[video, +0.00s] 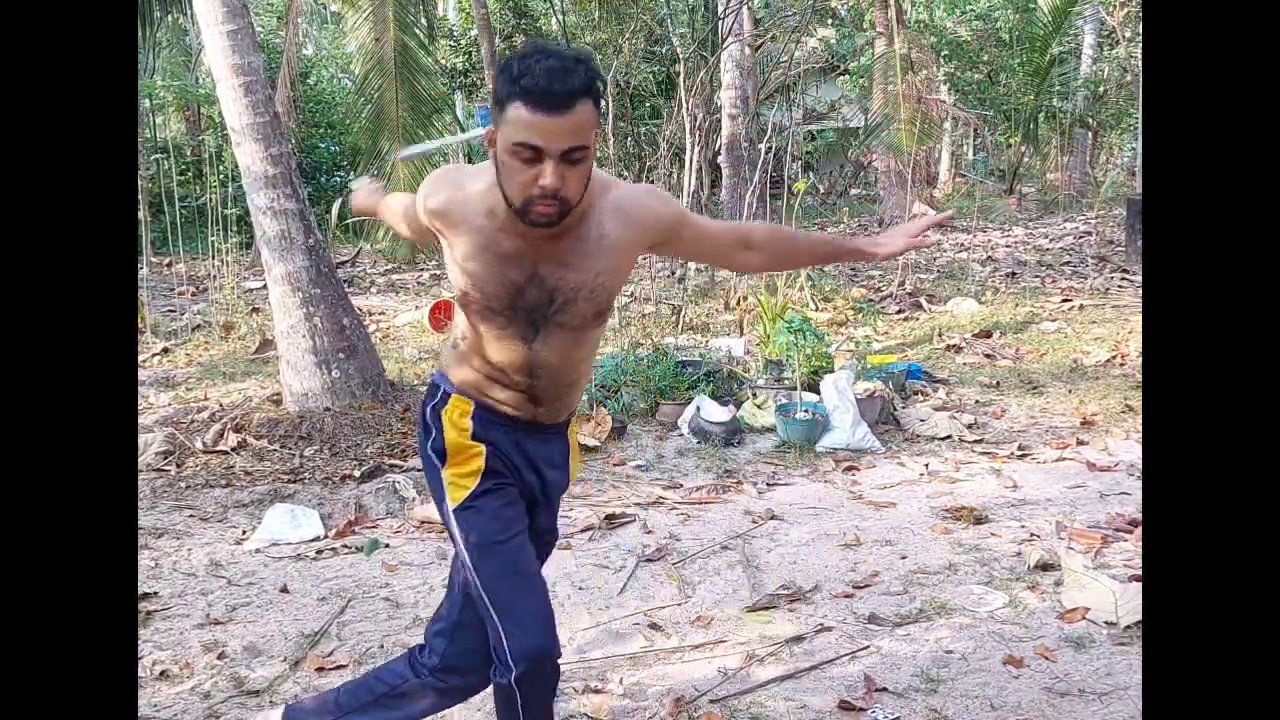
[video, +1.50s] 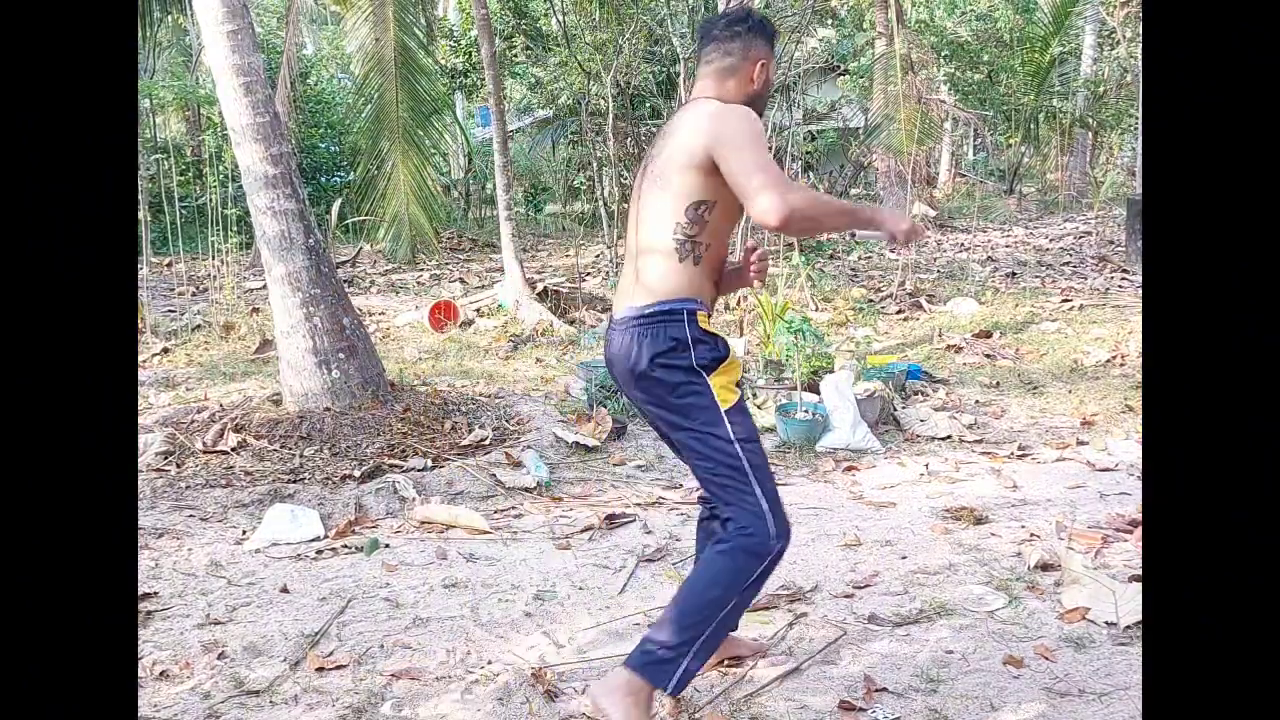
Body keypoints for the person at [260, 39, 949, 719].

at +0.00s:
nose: (550, 182)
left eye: (574, 157)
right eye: (527, 156)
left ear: (599, 143)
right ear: (492, 141)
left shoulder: (636, 215)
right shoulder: (453, 200)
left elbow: (750, 246)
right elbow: (392, 209)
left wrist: (866, 246)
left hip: (549, 445)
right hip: (464, 428)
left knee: (452, 660)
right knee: (530, 660)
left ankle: (313, 714)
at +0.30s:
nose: (610, 157)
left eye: (613, 134)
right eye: (589, 142)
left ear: (615, 122)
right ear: (525, 148)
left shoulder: (629, 210)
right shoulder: (442, 207)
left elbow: (724, 328)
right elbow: (350, 286)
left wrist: (628, 426)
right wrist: (271, 333)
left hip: (588, 410)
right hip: (489, 416)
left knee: (690, 598)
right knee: (520, 631)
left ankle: (550, 652)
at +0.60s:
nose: (672, 164)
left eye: (672, 144)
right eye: (653, 152)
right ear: (596, 162)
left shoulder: (686, 213)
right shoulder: (529, 201)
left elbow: (677, 358)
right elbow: (375, 254)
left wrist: (554, 332)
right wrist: (480, 199)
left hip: (662, 404)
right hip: (578, 401)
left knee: (749, 525)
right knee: (594, 586)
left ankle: (719, 646)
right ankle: (554, 714)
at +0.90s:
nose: (709, 91)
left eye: (706, 76)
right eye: (702, 79)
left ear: (621, 94)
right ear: (664, 102)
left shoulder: (556, 155)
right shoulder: (709, 194)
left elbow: (621, 186)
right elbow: (787, 224)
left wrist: (686, 162)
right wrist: (764, 174)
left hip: (598, 382)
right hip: (664, 396)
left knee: (728, 493)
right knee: (657, 608)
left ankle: (718, 641)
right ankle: (562, 714)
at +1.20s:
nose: (713, 90)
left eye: (710, 79)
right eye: (714, 78)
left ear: (635, 78)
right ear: (700, 77)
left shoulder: (582, 167)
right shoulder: (729, 152)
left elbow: (554, 283)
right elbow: (818, 259)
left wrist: (628, 303)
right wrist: (792, 345)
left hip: (595, 392)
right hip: (666, 400)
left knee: (707, 485)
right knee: (652, 613)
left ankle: (714, 638)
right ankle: (557, 716)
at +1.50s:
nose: (767, 91)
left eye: (767, 80)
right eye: (769, 78)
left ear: (704, 68)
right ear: (754, 67)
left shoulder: (677, 129)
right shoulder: (725, 119)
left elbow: (651, 262)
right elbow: (776, 207)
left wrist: (725, 276)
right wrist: (873, 216)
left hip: (638, 337)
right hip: (671, 339)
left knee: (728, 492)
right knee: (760, 529)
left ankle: (715, 632)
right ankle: (633, 684)